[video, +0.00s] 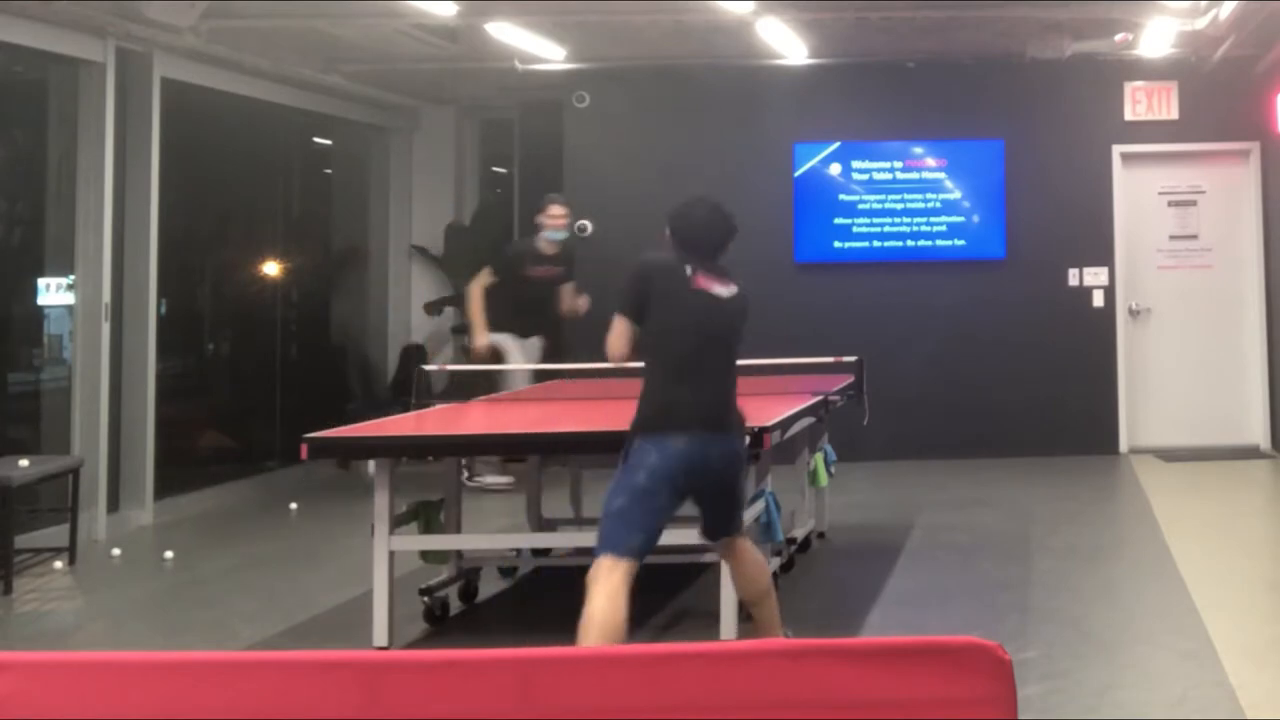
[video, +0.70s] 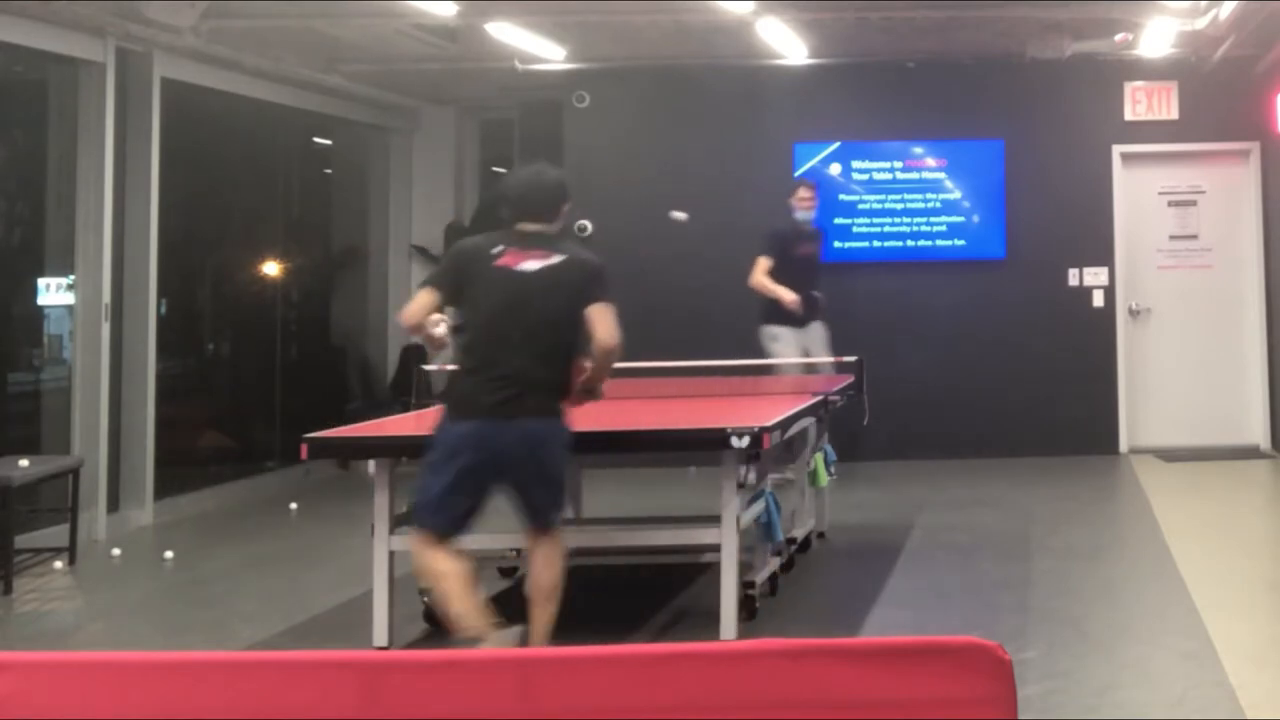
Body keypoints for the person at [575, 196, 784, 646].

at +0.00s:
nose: (663, 237)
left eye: (666, 232)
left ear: (671, 238)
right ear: (723, 245)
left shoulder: (651, 273)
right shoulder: (735, 296)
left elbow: (617, 349)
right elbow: (717, 355)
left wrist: (656, 333)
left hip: (662, 439)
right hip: (722, 439)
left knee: (613, 567)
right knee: (734, 539)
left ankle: (588, 690)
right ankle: (777, 648)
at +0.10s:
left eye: (661, 222)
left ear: (663, 227)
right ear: (711, 233)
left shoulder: (646, 257)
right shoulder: (731, 284)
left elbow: (599, 318)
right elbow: (739, 360)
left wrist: (640, 319)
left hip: (668, 415)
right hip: (729, 414)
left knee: (618, 541)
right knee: (745, 532)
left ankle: (608, 671)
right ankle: (786, 641)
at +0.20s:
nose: (623, 231)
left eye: (629, 224)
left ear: (639, 230)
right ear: (682, 233)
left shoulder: (638, 258)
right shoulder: (715, 276)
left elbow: (615, 287)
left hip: (670, 409)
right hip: (730, 408)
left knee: (603, 529)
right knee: (748, 526)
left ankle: (618, 659)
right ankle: (787, 640)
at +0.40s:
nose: (560, 230)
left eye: (562, 224)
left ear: (568, 225)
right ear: (616, 223)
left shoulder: (577, 258)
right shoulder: (648, 270)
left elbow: (553, 296)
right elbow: (696, 345)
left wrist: (488, 309)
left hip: (628, 423)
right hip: (681, 415)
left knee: (572, 544)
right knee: (720, 528)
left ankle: (607, 665)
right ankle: (781, 621)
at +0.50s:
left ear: (544, 208)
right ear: (596, 209)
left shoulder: (531, 248)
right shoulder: (627, 261)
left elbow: (484, 299)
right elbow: (668, 333)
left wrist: (454, 317)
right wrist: (636, 363)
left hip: (575, 420)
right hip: (630, 413)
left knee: (549, 547)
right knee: (658, 517)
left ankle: (600, 663)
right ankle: (732, 613)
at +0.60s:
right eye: (585, 195)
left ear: (527, 197)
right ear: (582, 199)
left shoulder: (499, 242)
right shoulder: (607, 253)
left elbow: (447, 304)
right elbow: (637, 326)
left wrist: (442, 332)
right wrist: (612, 358)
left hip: (520, 413)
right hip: (587, 409)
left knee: (505, 544)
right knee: (600, 517)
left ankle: (578, 649)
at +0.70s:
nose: (567, 213)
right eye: (566, 207)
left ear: (510, 206)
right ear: (562, 212)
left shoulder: (471, 252)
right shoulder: (582, 266)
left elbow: (411, 316)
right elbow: (608, 341)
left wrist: (433, 334)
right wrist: (593, 378)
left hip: (471, 424)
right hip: (539, 426)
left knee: (429, 540)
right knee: (544, 533)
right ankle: (538, 652)